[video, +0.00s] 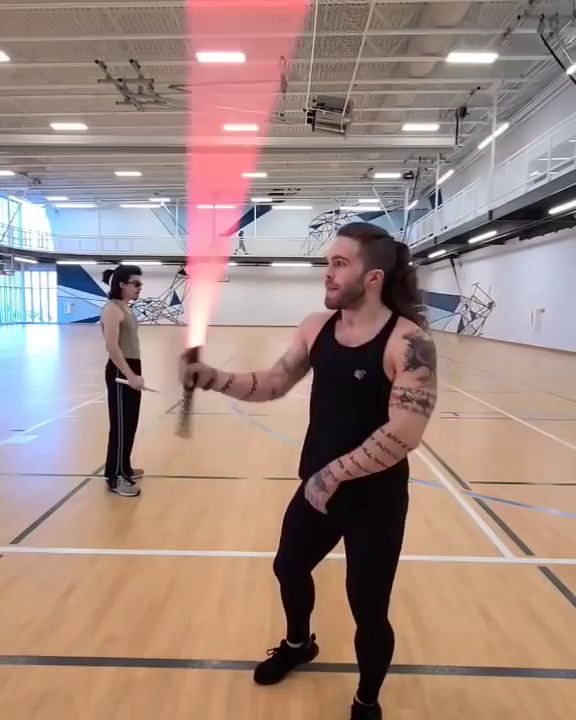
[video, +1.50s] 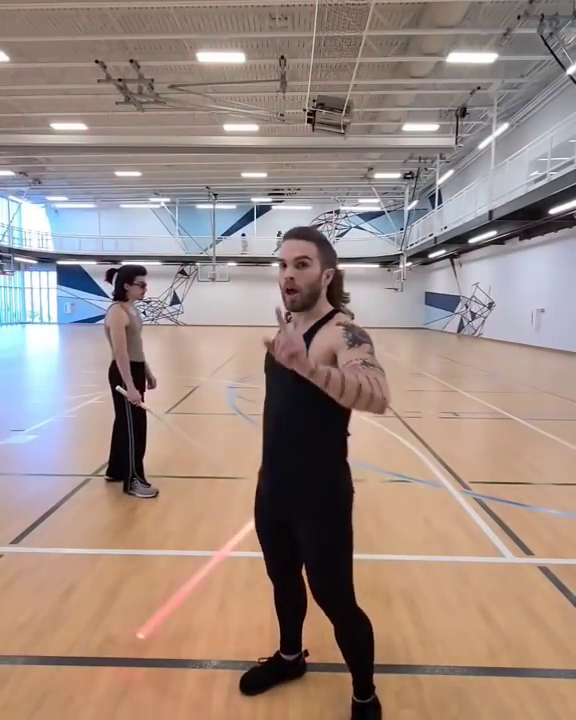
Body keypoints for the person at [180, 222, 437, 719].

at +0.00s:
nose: (327, 274)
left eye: (340, 265)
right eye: (328, 264)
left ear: (374, 277)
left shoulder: (409, 340)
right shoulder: (320, 326)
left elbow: (405, 432)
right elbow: (273, 382)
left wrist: (335, 472)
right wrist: (214, 378)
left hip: (377, 494)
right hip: (322, 483)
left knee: (368, 605)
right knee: (290, 565)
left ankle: (367, 700)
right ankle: (297, 642)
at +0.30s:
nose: (326, 279)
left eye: (339, 269)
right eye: (322, 269)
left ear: (370, 278)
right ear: (318, 273)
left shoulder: (396, 336)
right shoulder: (329, 340)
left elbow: (416, 427)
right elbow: (277, 393)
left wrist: (354, 499)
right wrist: (224, 365)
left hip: (372, 497)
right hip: (318, 485)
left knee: (359, 612)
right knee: (286, 568)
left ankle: (367, 700)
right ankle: (299, 643)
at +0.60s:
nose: (361, 278)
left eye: (375, 266)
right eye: (351, 267)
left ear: (399, 275)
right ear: (342, 272)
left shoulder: (417, 353)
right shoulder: (313, 319)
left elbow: (414, 441)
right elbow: (243, 355)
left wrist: (355, 488)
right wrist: (205, 419)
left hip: (373, 492)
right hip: (311, 480)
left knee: (368, 604)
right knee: (286, 567)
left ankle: (366, 699)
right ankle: (297, 639)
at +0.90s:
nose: (336, 277)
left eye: (348, 265)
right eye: (325, 266)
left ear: (369, 270)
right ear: (315, 274)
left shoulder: (402, 339)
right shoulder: (310, 338)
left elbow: (427, 426)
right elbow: (280, 403)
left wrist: (376, 496)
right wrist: (211, 421)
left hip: (373, 492)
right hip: (316, 483)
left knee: (365, 607)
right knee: (286, 574)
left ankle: (366, 699)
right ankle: (298, 642)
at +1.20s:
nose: (316, 275)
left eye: (329, 264)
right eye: (308, 266)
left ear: (353, 272)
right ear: (302, 273)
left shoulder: (377, 338)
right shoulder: (316, 333)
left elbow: (406, 419)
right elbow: (285, 394)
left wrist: (329, 464)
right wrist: (226, 406)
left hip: (361, 497)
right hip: (309, 489)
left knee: (358, 605)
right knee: (283, 571)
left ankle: (367, 700)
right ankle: (289, 649)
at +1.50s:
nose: (288, 275)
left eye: (301, 265)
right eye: (282, 266)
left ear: (328, 275)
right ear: (277, 275)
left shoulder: (344, 333)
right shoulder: (286, 332)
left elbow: (377, 394)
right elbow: (280, 415)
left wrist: (307, 368)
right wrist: (268, 477)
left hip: (321, 491)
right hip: (275, 485)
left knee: (336, 599)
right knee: (283, 576)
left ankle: (364, 696)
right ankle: (290, 655)